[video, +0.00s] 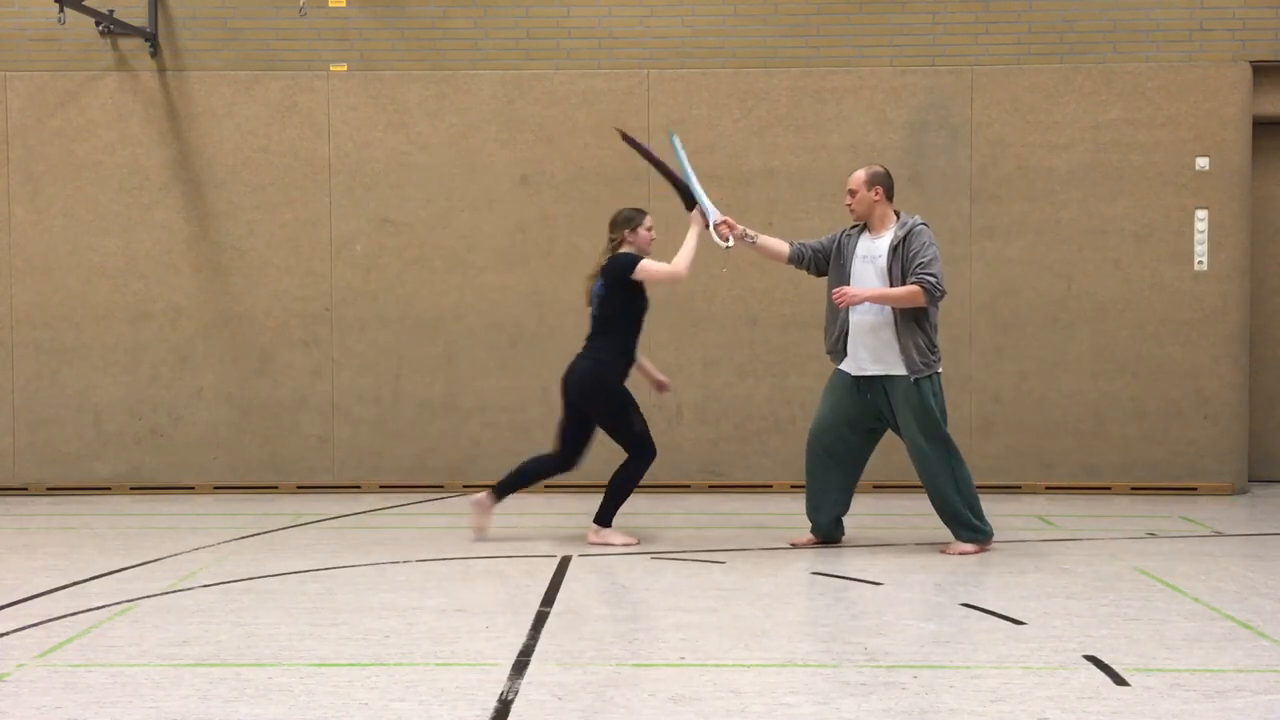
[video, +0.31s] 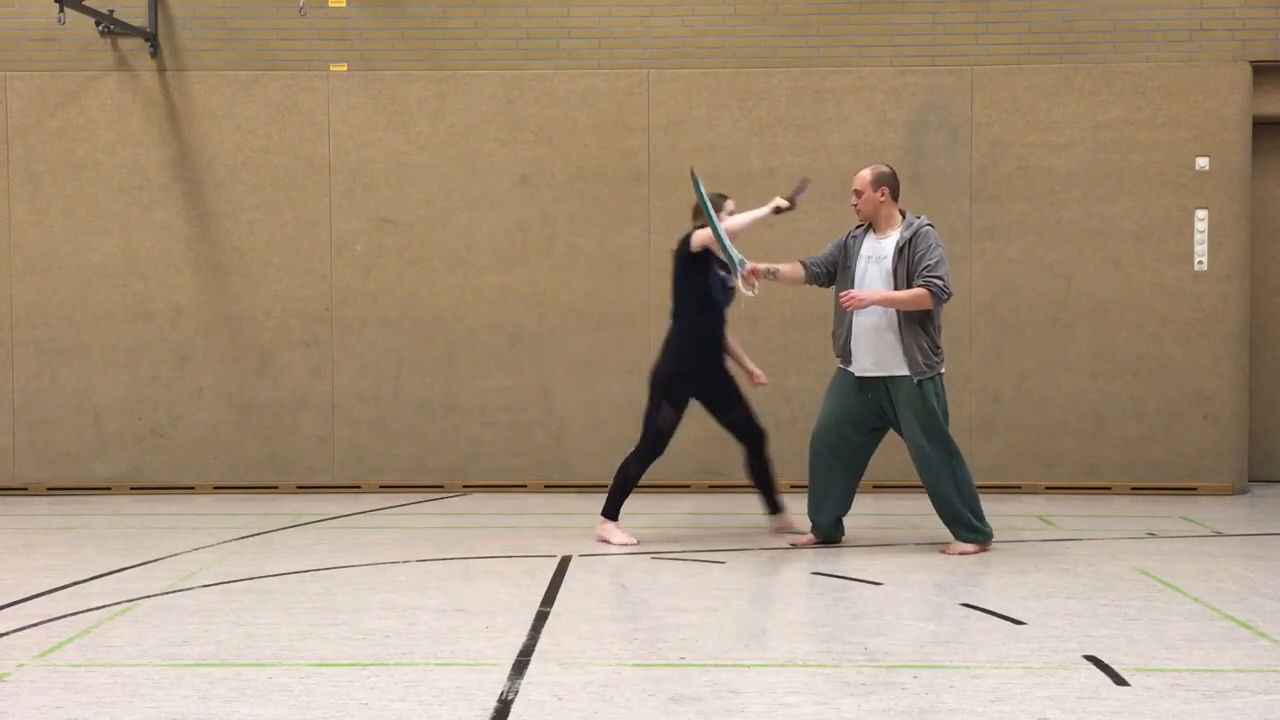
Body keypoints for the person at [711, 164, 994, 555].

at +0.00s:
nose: (846, 201)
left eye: (852, 193)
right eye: (846, 194)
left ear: (878, 194)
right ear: (866, 196)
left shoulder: (914, 234)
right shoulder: (845, 241)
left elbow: (928, 291)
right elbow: (798, 253)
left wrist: (867, 294)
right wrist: (742, 233)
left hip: (906, 372)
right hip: (853, 372)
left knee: (933, 451)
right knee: (824, 441)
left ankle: (974, 534)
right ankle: (826, 530)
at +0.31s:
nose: (853, 201)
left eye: (859, 194)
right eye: (852, 195)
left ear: (884, 194)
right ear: (875, 195)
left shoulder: (920, 235)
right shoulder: (852, 242)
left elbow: (934, 293)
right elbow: (815, 270)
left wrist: (874, 297)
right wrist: (768, 270)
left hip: (911, 372)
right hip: (858, 372)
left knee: (935, 453)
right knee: (828, 440)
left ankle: (974, 535)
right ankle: (826, 530)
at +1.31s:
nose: (856, 212)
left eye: (861, 205)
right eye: (854, 205)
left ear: (886, 201)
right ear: (876, 203)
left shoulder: (927, 237)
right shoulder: (857, 245)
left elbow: (945, 296)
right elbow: (832, 290)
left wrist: (891, 300)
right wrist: (803, 313)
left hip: (912, 370)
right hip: (861, 371)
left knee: (925, 451)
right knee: (833, 443)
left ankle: (970, 529)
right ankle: (826, 529)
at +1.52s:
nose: (879, 218)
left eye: (884, 210)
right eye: (878, 210)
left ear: (909, 205)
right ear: (900, 206)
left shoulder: (950, 242)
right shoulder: (886, 249)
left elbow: (961, 303)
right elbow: (865, 302)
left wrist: (901, 303)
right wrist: (833, 333)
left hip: (930, 373)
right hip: (885, 372)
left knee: (925, 453)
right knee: (851, 445)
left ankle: (982, 531)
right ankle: (828, 529)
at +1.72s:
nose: (906, 216)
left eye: (909, 207)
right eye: (903, 208)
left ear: (933, 199)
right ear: (929, 201)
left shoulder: (968, 236)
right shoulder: (932, 244)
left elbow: (973, 297)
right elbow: (929, 308)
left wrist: (909, 299)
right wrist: (891, 340)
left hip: (959, 370)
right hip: (928, 369)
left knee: (949, 456)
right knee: (902, 447)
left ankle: (988, 539)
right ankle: (873, 524)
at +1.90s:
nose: (920, 212)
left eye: (921, 204)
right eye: (917, 205)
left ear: (944, 195)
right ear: (943, 195)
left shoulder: (969, 230)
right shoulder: (966, 228)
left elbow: (976, 288)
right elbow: (973, 293)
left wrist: (911, 298)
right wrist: (938, 315)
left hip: (982, 363)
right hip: (963, 361)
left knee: (966, 445)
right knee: (940, 437)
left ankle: (988, 538)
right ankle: (952, 526)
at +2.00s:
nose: (929, 212)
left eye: (930, 204)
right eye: (926, 205)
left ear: (950, 195)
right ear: (953, 194)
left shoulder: (969, 229)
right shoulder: (991, 221)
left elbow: (973, 288)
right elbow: (997, 283)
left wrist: (912, 297)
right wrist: (952, 301)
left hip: (991, 364)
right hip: (1020, 358)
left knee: (969, 446)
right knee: (992, 446)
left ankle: (988, 539)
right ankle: (1013, 525)